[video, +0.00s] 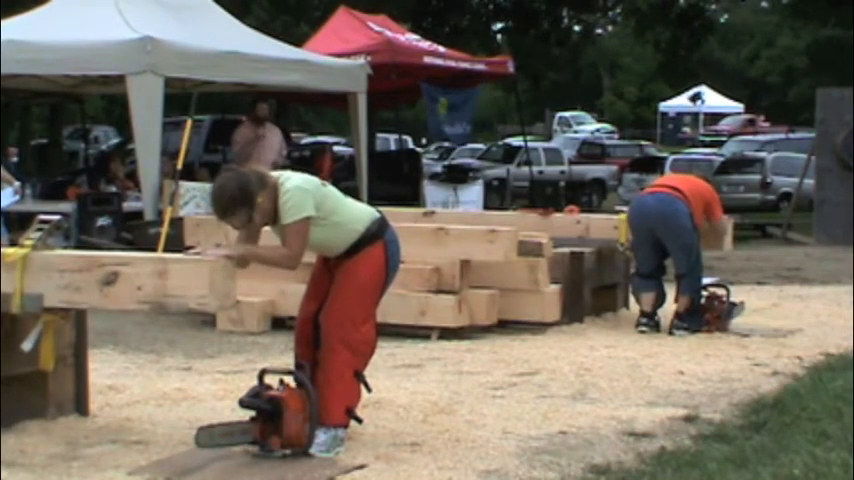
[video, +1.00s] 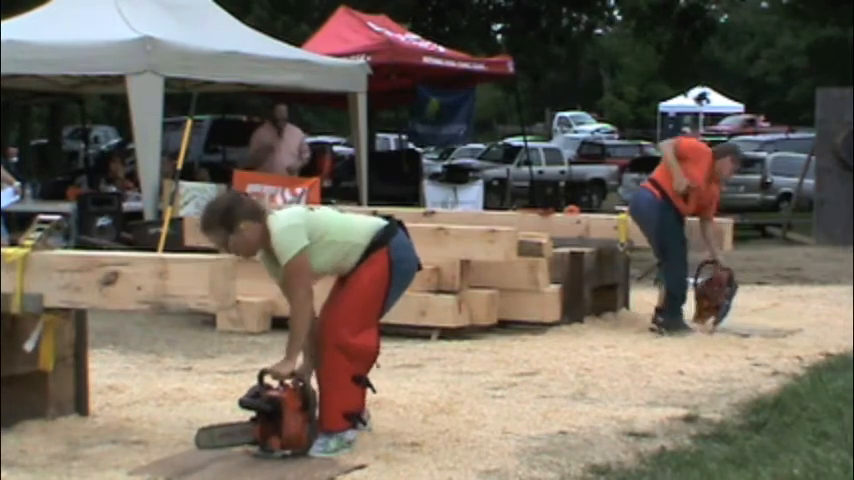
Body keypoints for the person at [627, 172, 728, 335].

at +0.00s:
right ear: (710, 186)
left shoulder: (673, 179)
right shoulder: (708, 190)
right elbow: (718, 225)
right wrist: (725, 224)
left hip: (640, 204)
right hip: (673, 206)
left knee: (646, 270)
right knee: (688, 269)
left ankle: (646, 316)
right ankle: (682, 318)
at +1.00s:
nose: (732, 172)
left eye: (736, 168)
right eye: (732, 164)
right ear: (721, 156)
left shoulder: (712, 190)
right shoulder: (701, 151)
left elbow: (706, 223)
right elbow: (665, 145)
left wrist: (715, 255)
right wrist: (678, 176)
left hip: (671, 212)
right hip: (654, 199)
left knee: (676, 260)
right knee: (674, 259)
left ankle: (667, 313)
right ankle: (671, 316)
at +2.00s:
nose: (716, 142)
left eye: (718, 137)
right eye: (716, 137)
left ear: (697, 127)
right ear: (709, 133)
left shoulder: (679, 136)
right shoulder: (694, 150)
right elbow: (683, 181)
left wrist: (698, 185)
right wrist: (693, 207)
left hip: (646, 197)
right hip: (661, 203)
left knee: (661, 261)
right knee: (672, 264)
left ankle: (661, 314)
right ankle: (666, 319)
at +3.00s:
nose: (730, 224)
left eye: (735, 222)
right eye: (733, 219)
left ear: (726, 206)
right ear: (727, 207)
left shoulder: (709, 201)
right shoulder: (707, 210)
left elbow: (698, 250)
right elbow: (695, 253)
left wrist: (706, 279)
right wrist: (699, 293)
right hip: (647, 206)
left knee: (669, 264)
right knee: (672, 265)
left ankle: (664, 318)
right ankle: (665, 321)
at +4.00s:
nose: (737, 232)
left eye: (741, 230)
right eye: (741, 228)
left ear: (736, 214)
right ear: (738, 216)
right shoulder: (720, 212)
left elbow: (699, 248)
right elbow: (706, 261)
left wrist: (707, 279)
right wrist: (708, 304)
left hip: (644, 200)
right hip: (658, 207)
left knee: (655, 265)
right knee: (680, 268)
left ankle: (647, 313)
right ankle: (678, 321)